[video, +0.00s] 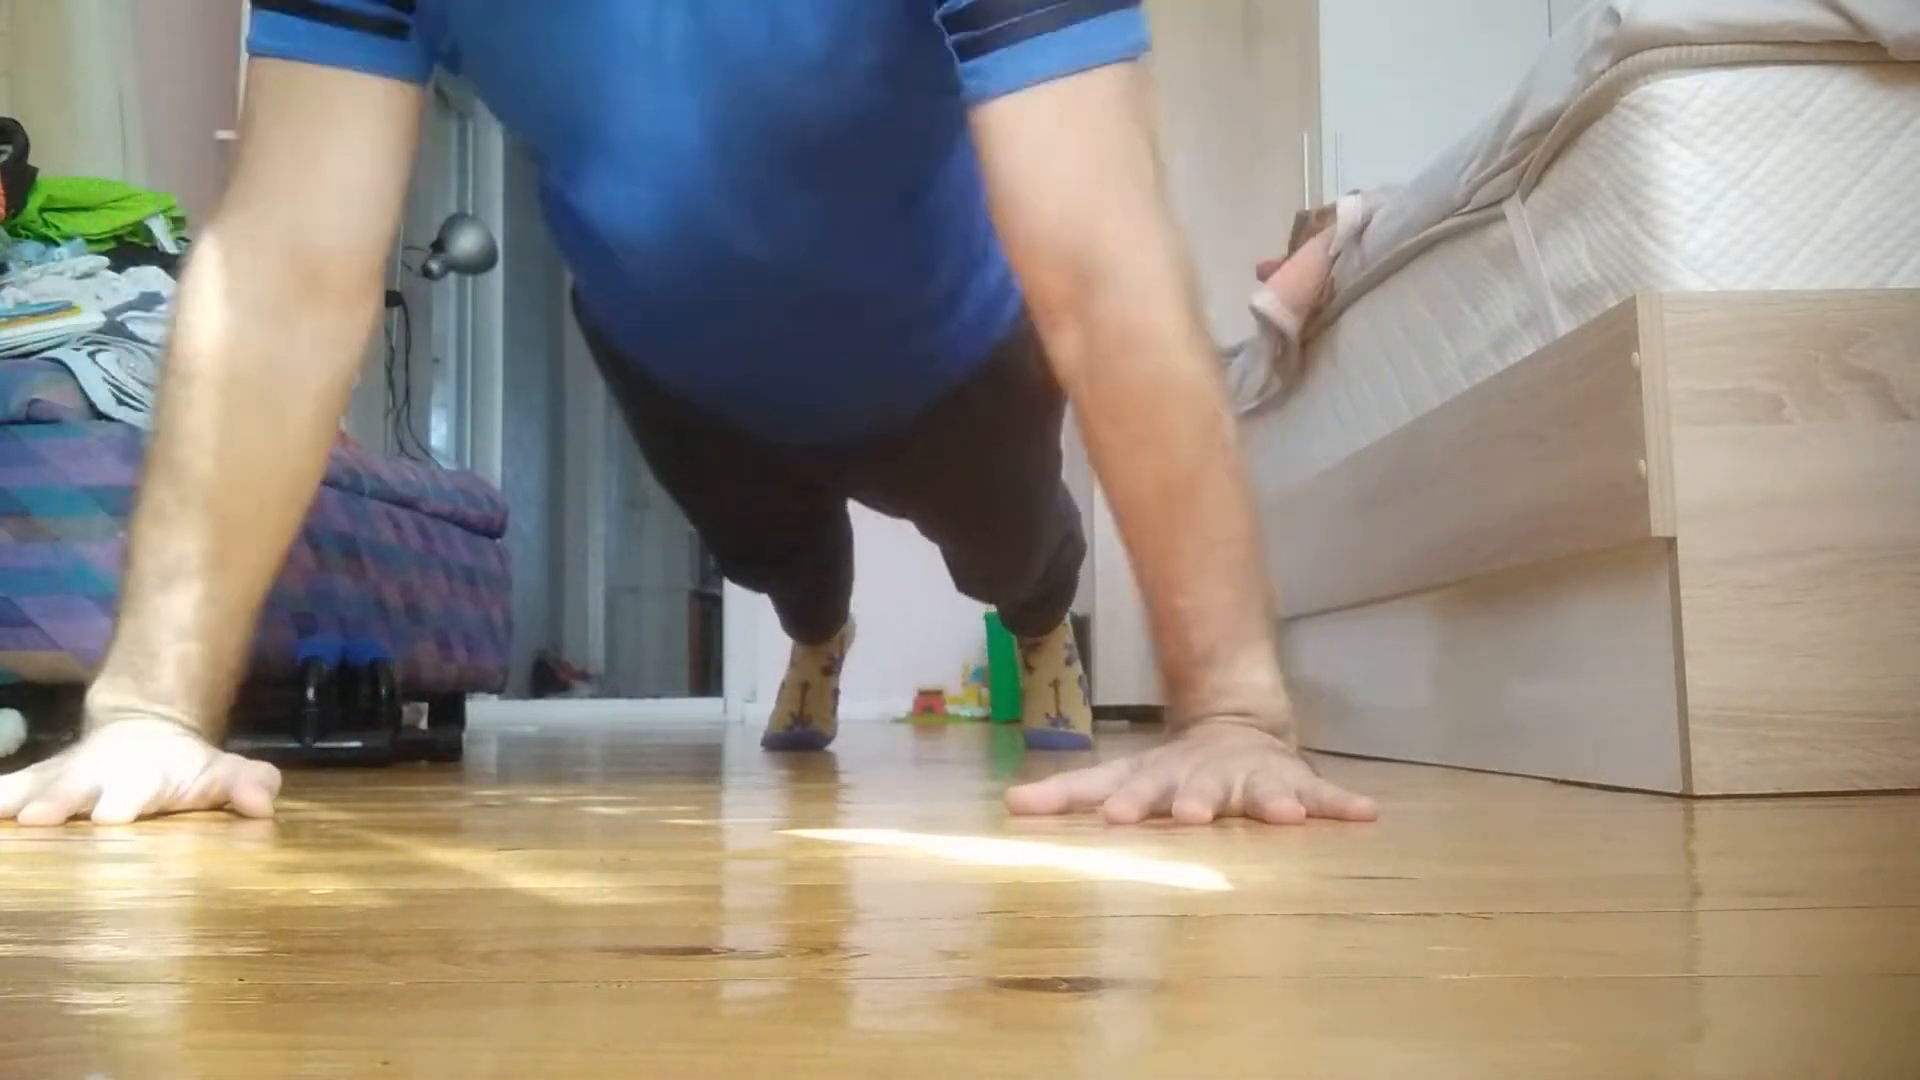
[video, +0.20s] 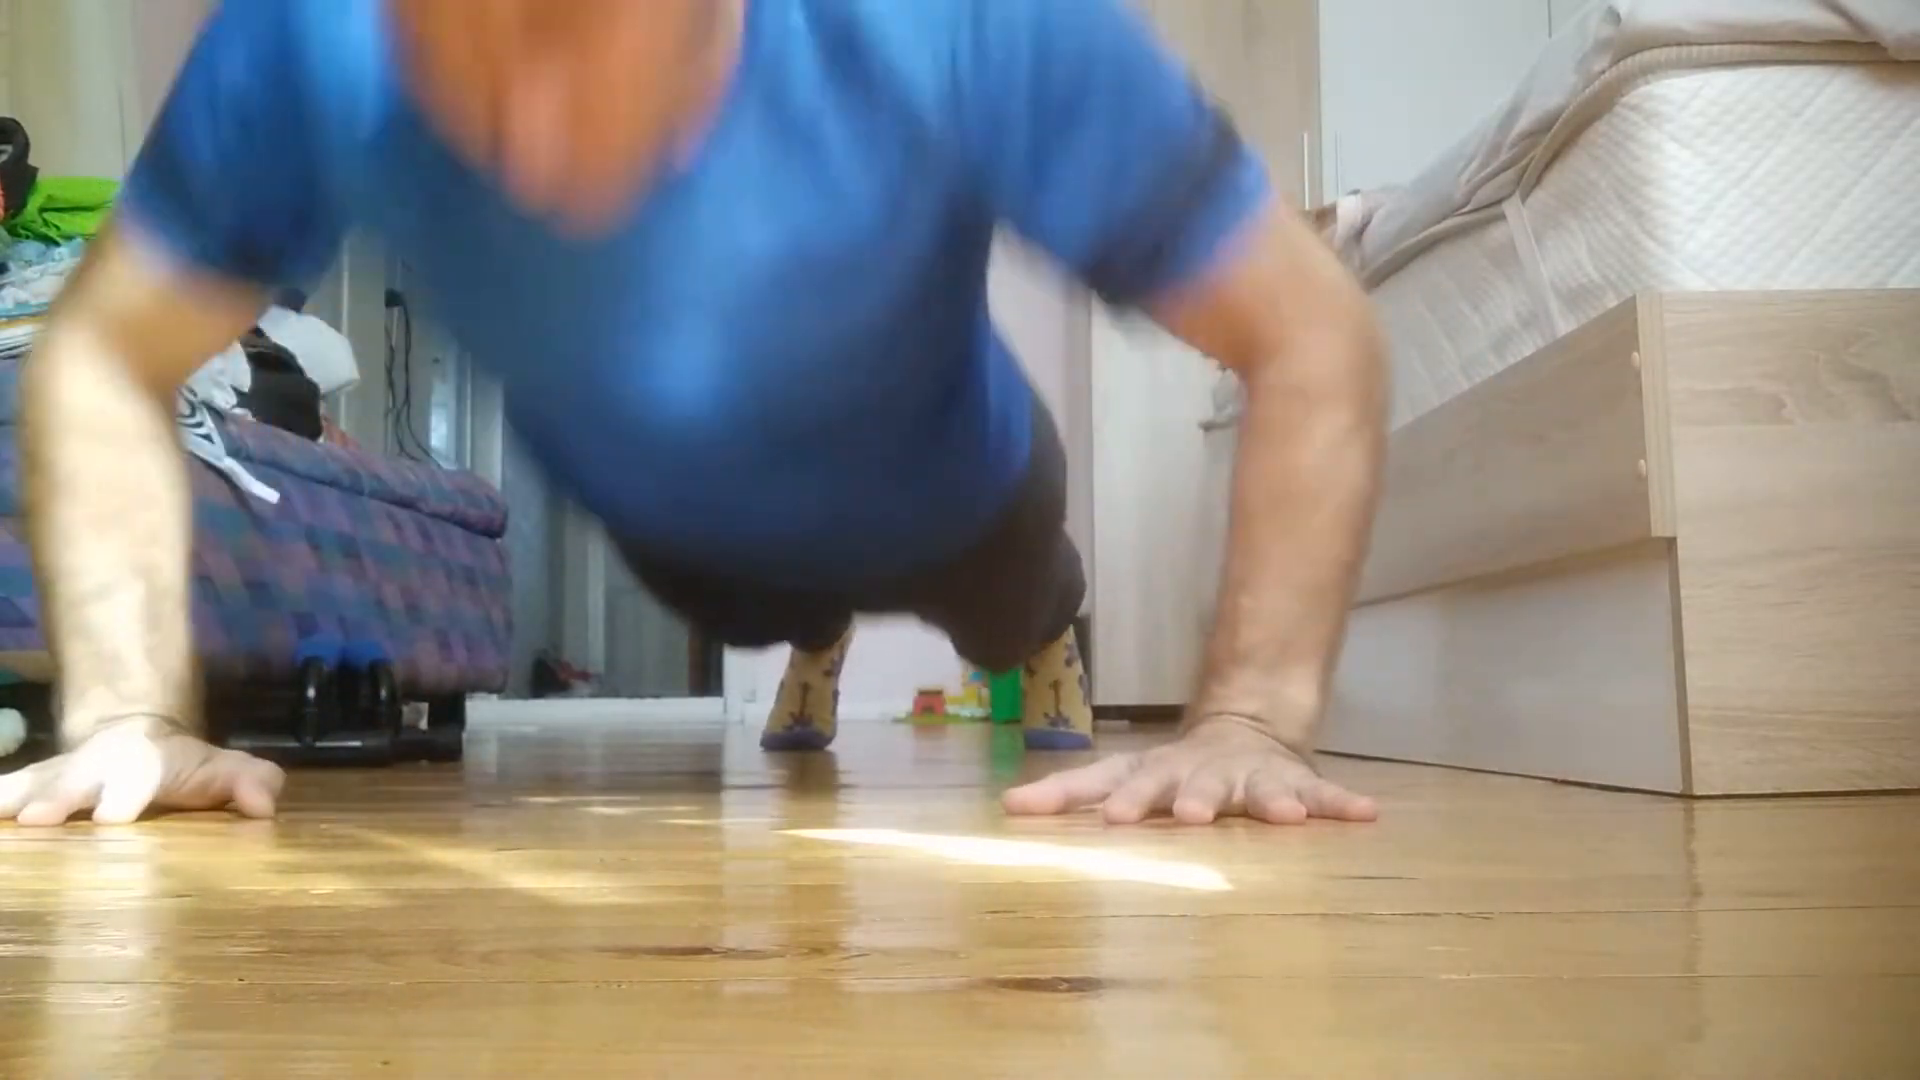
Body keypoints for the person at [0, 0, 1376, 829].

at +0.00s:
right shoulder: (381, 2)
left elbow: (1102, 266)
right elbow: (284, 269)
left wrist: (1236, 700)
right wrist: (154, 708)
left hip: (941, 360)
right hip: (683, 378)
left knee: (1013, 549)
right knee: (778, 550)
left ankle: (1015, 622)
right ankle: (817, 642)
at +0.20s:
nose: (521, 124)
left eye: (572, 50)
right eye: (472, 54)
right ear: (412, 13)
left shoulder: (951, 32)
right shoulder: (322, 52)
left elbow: (1320, 331)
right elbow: (97, 355)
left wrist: (1249, 718)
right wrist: (136, 716)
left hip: (946, 508)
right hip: (698, 553)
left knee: (1011, 625)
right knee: (787, 617)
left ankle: (1013, 660)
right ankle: (811, 659)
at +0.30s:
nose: (489, 482)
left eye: (542, 386)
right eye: (408, 408)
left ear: (704, 195)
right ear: (308, 288)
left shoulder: (940, 220)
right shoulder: (247, 261)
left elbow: (1350, 353)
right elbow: (51, 390)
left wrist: (1247, 718)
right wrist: (133, 712)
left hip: (973, 644)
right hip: (657, 655)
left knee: (1020, 651)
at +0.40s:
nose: (480, 742)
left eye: (547, 646)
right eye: (393, 666)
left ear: (707, 447)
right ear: (294, 526)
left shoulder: (942, 389)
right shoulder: (243, 382)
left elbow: (1361, 348)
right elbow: (43, 377)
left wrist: (1250, 723)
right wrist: (133, 715)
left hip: (938, 727)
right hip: (615, 761)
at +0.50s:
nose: (474, 798)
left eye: (543, 698)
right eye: (387, 716)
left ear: (708, 511)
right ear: (280, 556)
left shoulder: (940, 431)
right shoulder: (235, 404)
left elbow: (1374, 342)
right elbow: (27, 364)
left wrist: (1251, 721)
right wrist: (125, 715)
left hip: (910, 727)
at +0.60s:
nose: (488, 655)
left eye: (547, 573)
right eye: (406, 587)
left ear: (718, 388)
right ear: (317, 463)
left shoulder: (962, 370)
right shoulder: (241, 363)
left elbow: (1410, 352)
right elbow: (24, 369)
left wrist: (1260, 723)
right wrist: (121, 706)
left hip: (943, 641)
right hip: (681, 664)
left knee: (1008, 633)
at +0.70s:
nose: (510, 439)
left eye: (563, 346)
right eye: (435, 360)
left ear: (738, 189)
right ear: (347, 261)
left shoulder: (962, 238)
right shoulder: (271, 260)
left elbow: (1416, 357)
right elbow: (12, 389)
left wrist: (1263, 720)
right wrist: (128, 708)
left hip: (961, 556)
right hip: (718, 593)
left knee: (1013, 622)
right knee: (801, 641)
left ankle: (1033, 653)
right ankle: (807, 683)